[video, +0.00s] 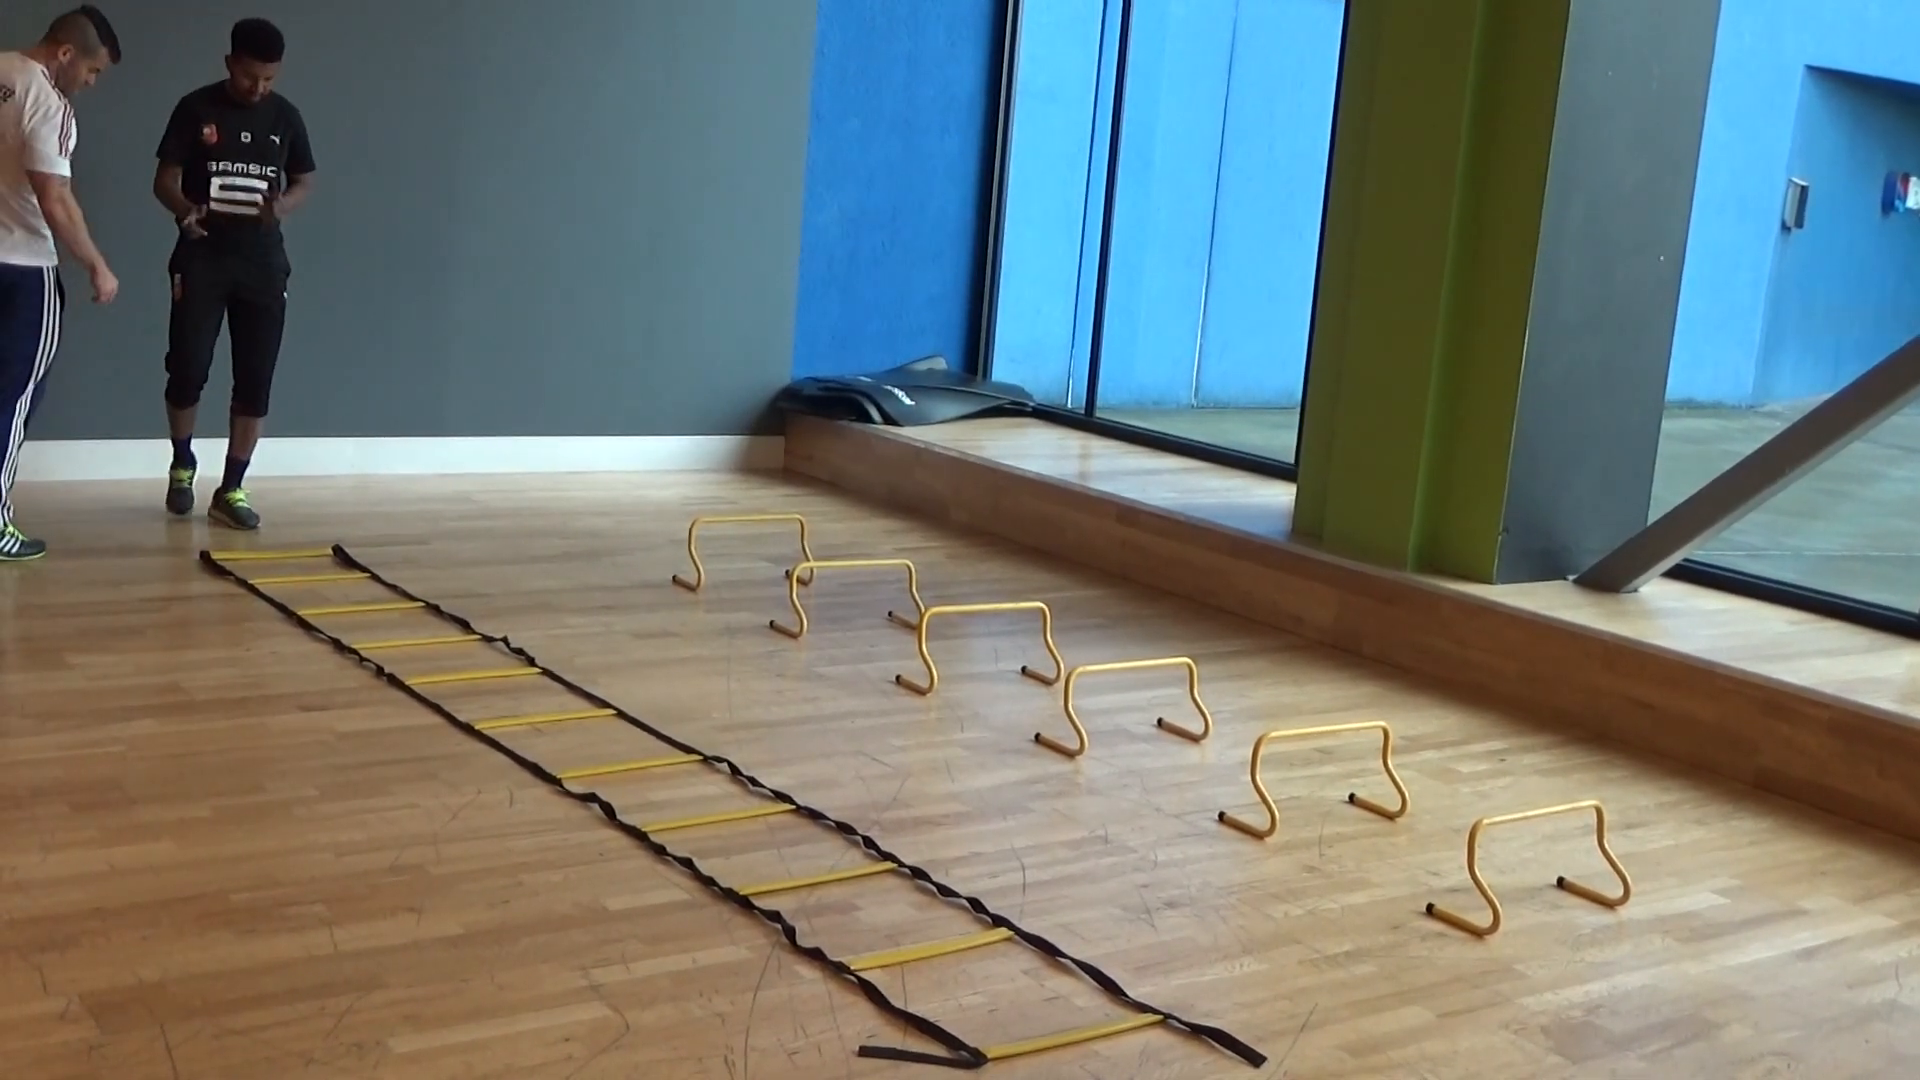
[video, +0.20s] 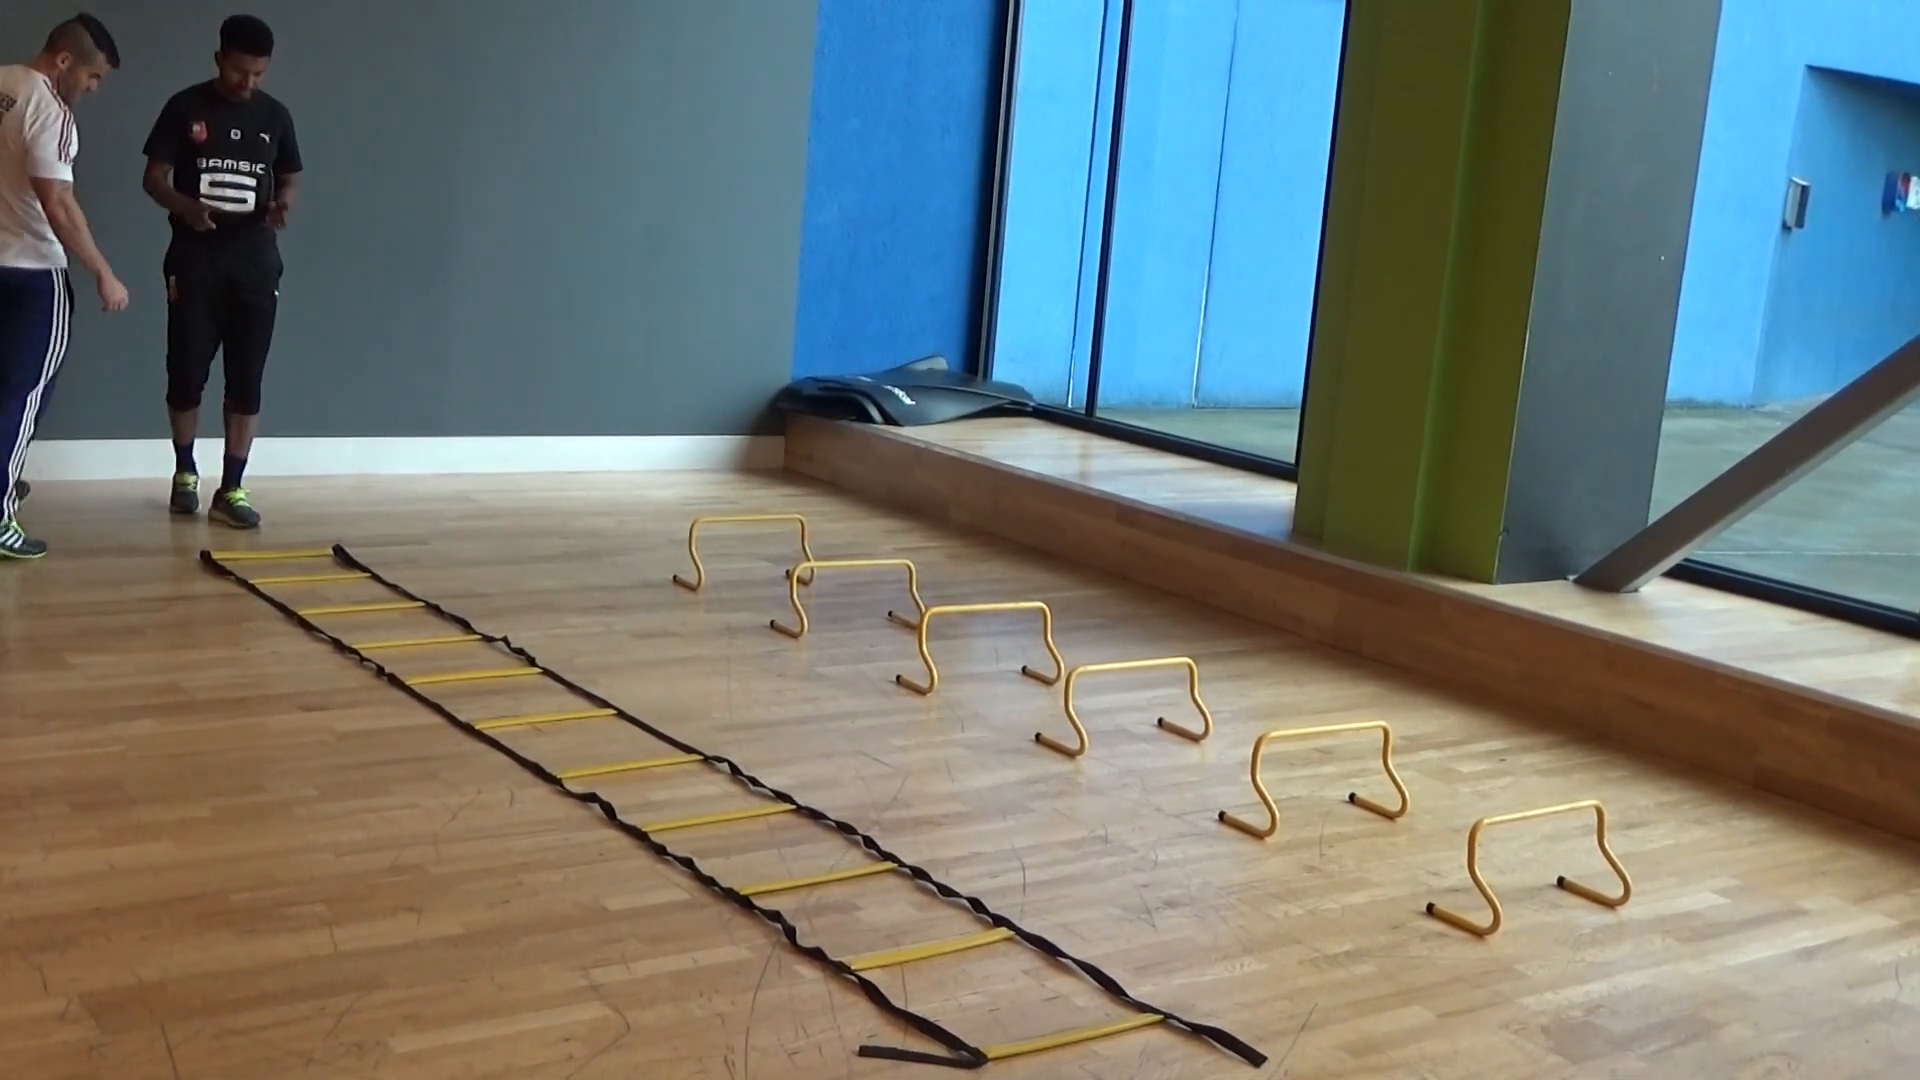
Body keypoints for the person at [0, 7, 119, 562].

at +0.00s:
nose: (88, 85)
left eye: (94, 77)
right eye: (90, 73)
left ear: (58, 48)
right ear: (63, 51)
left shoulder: (7, 69)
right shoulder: (45, 100)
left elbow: (49, 191)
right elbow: (54, 198)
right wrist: (97, 263)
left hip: (6, 264)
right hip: (22, 269)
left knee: (12, 395)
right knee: (15, 396)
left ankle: (2, 520)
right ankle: (0, 522)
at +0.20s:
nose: (90, 91)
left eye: (96, 81)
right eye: (91, 78)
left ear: (55, 58)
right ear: (62, 58)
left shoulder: (8, 83)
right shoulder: (44, 106)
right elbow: (57, 203)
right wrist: (104, 271)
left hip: (6, 268)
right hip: (31, 273)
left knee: (14, 390)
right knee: (22, 395)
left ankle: (4, 500)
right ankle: (2, 518)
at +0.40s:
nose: (98, 75)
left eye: (102, 66)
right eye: (98, 63)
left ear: (61, 48)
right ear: (68, 49)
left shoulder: (8, 74)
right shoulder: (53, 98)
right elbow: (49, 189)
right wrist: (67, 269)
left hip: (2, 257)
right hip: (34, 260)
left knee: (2, 371)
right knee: (66, 365)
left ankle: (8, 472)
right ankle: (15, 472)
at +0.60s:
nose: (113, 60)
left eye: (115, 50)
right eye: (112, 49)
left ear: (70, 41)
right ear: (89, 45)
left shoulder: (15, 74)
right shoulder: (67, 92)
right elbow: (53, 173)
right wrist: (68, 252)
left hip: (10, 249)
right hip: (58, 252)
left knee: (4, 366)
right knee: (78, 363)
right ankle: (55, 479)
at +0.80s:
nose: (135, 60)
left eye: (137, 49)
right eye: (134, 49)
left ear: (91, 42)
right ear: (116, 46)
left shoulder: (43, 83)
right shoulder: (94, 101)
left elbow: (48, 178)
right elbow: (80, 181)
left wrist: (106, 235)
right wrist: (101, 259)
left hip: (28, 253)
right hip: (81, 259)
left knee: (16, 368)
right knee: (94, 369)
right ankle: (80, 471)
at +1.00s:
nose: (170, 57)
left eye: (171, 49)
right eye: (167, 48)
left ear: (127, 44)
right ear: (145, 47)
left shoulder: (91, 82)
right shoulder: (121, 92)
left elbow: (97, 177)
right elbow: (102, 178)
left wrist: (137, 239)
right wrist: (121, 254)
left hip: (79, 242)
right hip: (106, 246)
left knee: (97, 343)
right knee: (114, 354)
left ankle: (45, 432)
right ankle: (81, 470)